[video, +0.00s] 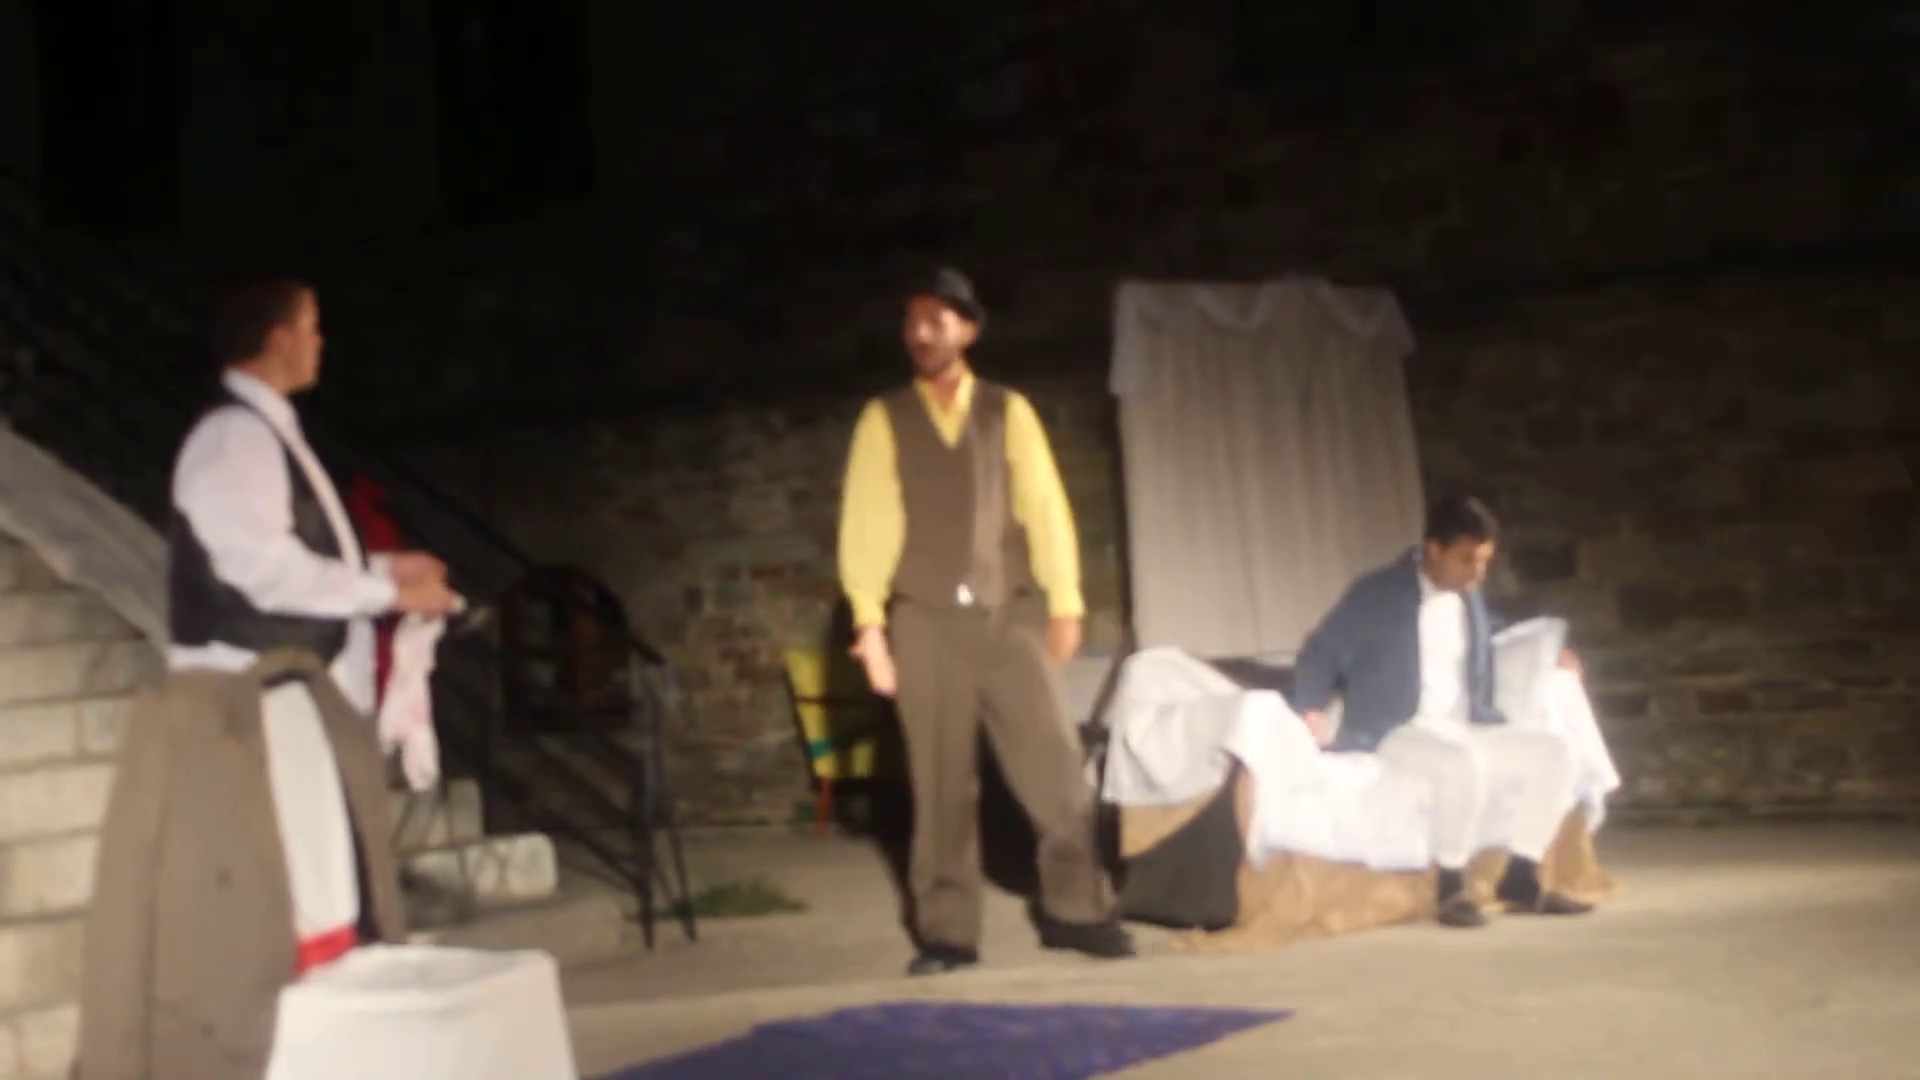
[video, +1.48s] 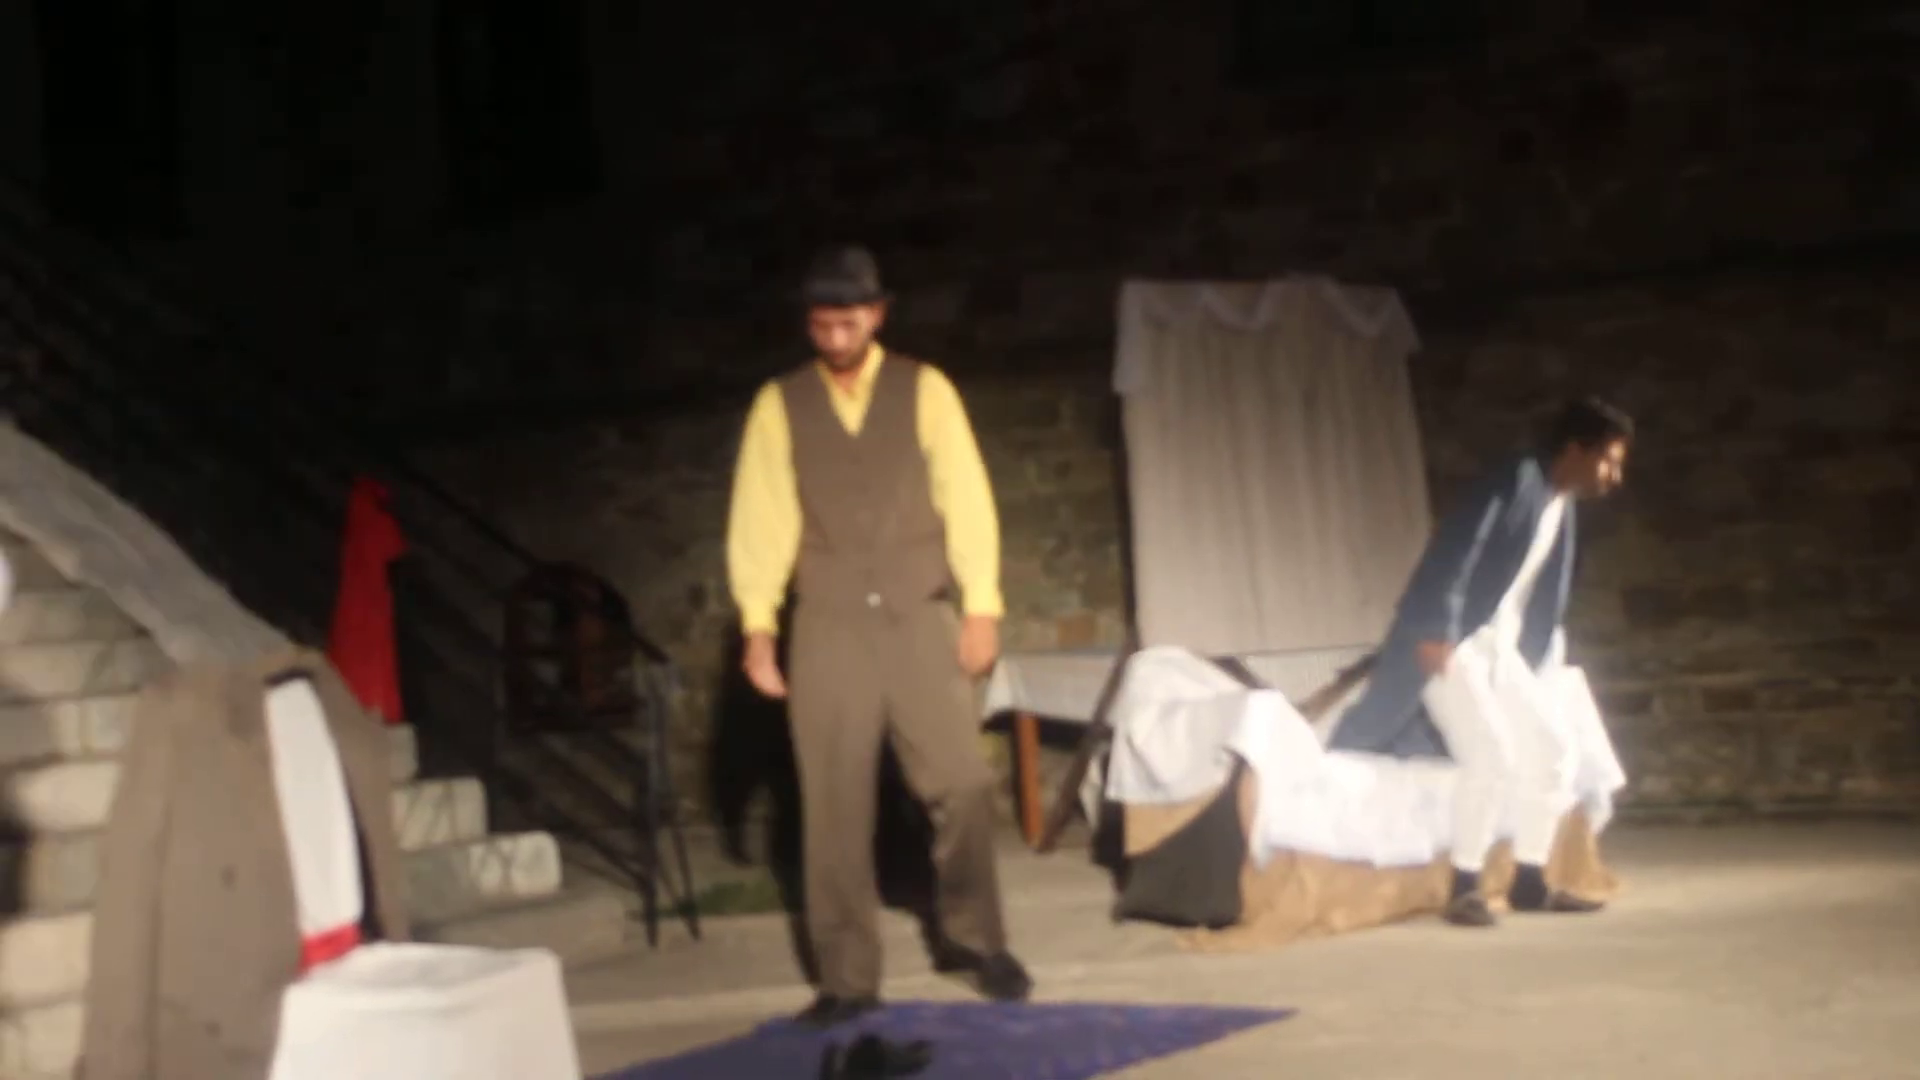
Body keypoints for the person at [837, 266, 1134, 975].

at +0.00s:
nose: (926, 334)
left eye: (941, 320)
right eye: (917, 321)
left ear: (969, 329)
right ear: (905, 332)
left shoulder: (1011, 414)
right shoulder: (884, 421)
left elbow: (1047, 512)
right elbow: (865, 525)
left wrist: (1066, 605)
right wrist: (869, 624)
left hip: (1009, 619)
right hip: (924, 625)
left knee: (1057, 772)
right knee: (942, 787)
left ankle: (1078, 912)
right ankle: (947, 934)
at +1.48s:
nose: (839, 328)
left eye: (852, 312)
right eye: (825, 314)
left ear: (879, 313)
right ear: (806, 319)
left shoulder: (927, 392)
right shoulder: (778, 407)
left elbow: (968, 500)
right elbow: (760, 519)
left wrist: (981, 609)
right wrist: (758, 625)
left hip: (925, 622)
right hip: (826, 627)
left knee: (962, 784)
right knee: (833, 811)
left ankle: (971, 942)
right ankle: (847, 982)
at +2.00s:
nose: (830, 319)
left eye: (847, 305)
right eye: (827, 303)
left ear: (893, 308)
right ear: (826, 306)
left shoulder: (956, 390)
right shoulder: (803, 395)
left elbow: (992, 510)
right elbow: (774, 509)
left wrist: (999, 620)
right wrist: (768, 616)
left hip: (940, 631)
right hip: (837, 633)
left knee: (943, 809)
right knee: (848, 808)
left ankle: (950, 995)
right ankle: (855, 982)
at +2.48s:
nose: (874, 318)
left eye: (890, 300)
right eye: (859, 301)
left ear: (919, 296)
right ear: (840, 302)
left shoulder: (973, 374)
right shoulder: (816, 391)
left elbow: (1027, 489)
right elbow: (800, 513)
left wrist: (998, 602)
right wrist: (816, 620)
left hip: (953, 625)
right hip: (854, 629)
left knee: (949, 819)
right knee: (845, 820)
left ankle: (953, 1002)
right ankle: (828, 1009)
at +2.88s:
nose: (861, 323)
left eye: (876, 309)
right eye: (847, 306)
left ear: (894, 309)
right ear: (817, 301)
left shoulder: (923, 381)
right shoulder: (768, 388)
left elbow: (965, 496)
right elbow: (736, 512)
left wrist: (983, 609)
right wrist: (745, 625)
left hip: (911, 633)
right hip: (807, 637)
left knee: (928, 821)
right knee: (816, 829)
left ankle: (950, 1004)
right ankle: (818, 1022)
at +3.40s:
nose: (826, 323)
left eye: (841, 309)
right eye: (812, 306)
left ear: (856, 310)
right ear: (777, 297)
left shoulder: (873, 384)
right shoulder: (725, 384)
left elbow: (902, 505)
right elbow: (682, 506)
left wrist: (902, 619)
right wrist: (697, 611)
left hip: (868, 638)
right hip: (770, 643)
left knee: (898, 828)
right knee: (790, 842)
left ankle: (913, 1016)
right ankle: (810, 1024)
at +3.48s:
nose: (828, 323)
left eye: (843, 309)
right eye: (814, 305)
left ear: (857, 308)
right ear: (779, 295)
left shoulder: (875, 386)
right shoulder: (724, 386)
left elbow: (908, 504)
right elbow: (681, 511)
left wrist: (919, 613)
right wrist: (696, 617)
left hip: (870, 634)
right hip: (771, 640)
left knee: (914, 821)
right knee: (792, 840)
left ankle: (927, 1009)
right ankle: (811, 1024)